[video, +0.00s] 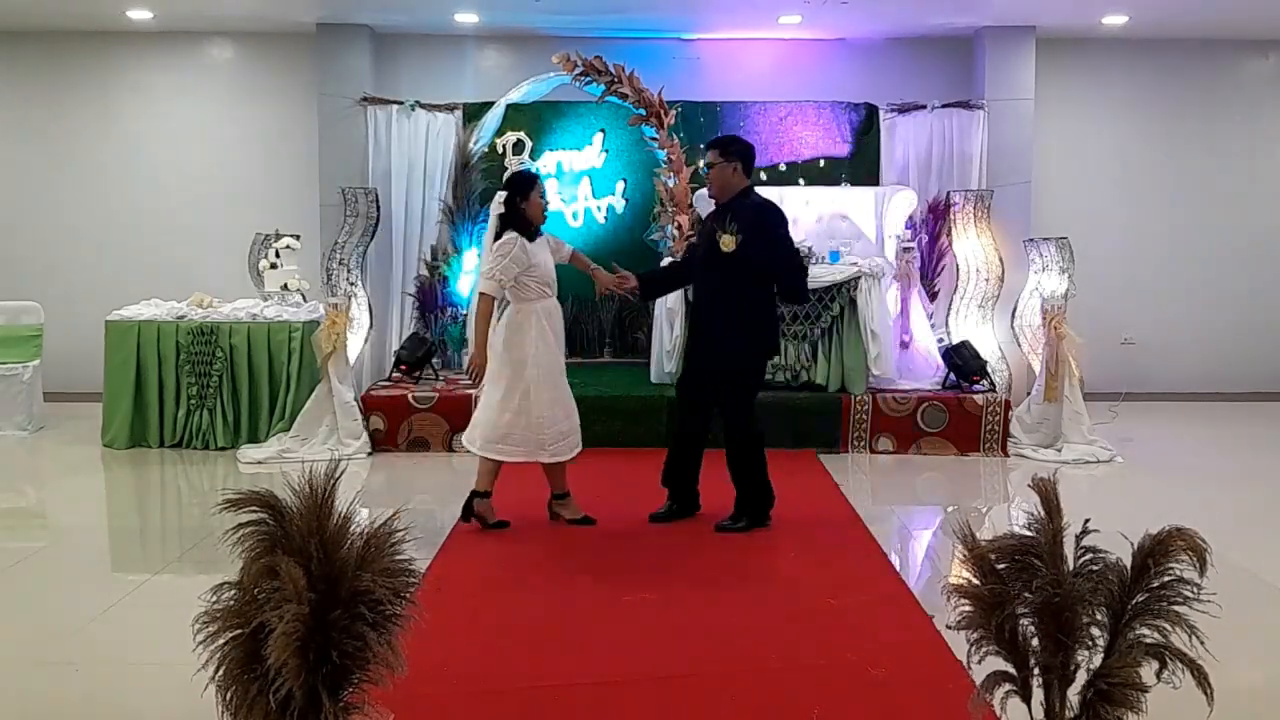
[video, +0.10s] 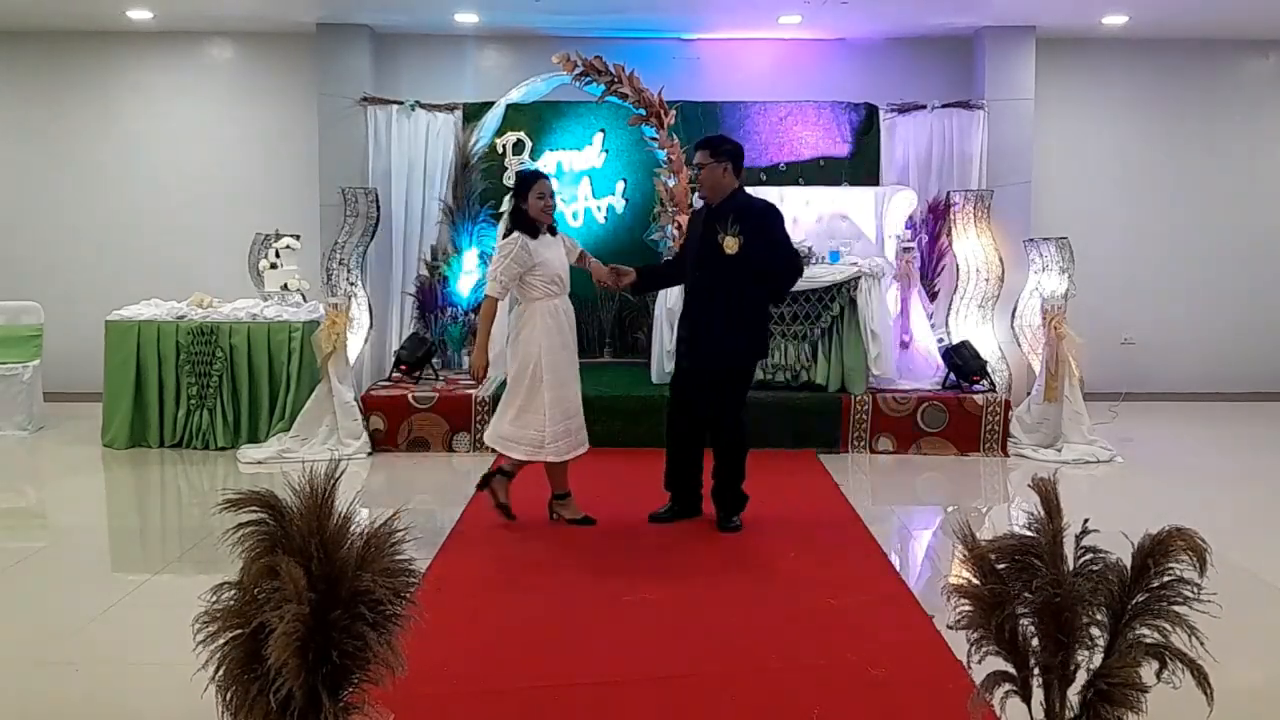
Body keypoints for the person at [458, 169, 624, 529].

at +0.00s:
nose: (546, 204)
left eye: (544, 197)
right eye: (540, 198)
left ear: (529, 203)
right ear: (521, 204)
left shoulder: (541, 241)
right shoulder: (510, 245)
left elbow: (571, 254)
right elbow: (485, 297)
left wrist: (597, 272)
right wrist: (479, 351)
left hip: (535, 344)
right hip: (525, 345)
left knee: (503, 419)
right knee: (553, 417)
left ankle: (480, 497)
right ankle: (561, 499)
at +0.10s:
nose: (550, 203)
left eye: (552, 197)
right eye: (541, 197)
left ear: (553, 200)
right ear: (522, 202)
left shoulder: (556, 238)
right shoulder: (516, 244)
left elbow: (583, 258)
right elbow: (491, 298)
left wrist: (600, 269)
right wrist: (480, 349)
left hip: (558, 335)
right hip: (538, 337)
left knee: (546, 413)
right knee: (555, 415)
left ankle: (502, 475)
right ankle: (562, 499)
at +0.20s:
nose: (550, 204)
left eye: (555, 197)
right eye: (542, 198)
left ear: (562, 201)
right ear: (529, 204)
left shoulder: (574, 244)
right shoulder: (520, 245)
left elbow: (601, 279)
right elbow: (494, 298)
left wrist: (621, 284)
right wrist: (485, 351)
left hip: (571, 329)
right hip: (541, 332)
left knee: (578, 406)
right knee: (557, 410)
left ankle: (546, 475)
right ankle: (562, 495)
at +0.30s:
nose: (555, 202)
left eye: (561, 195)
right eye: (547, 195)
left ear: (570, 200)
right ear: (536, 201)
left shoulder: (587, 241)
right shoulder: (520, 244)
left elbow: (602, 282)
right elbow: (495, 295)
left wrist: (610, 287)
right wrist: (495, 345)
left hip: (580, 330)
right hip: (540, 333)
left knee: (600, 404)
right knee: (553, 412)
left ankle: (587, 479)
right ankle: (561, 498)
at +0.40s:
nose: (561, 201)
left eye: (568, 195)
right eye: (554, 195)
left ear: (577, 199)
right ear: (543, 200)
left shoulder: (596, 239)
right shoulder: (527, 242)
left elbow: (616, 278)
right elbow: (508, 290)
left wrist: (623, 288)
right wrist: (510, 337)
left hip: (588, 329)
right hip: (546, 331)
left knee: (607, 405)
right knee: (558, 412)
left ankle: (608, 483)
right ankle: (571, 494)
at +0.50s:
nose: (566, 206)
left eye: (573, 200)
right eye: (559, 199)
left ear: (583, 204)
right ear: (549, 204)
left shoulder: (599, 244)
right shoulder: (534, 248)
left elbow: (625, 276)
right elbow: (527, 300)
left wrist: (636, 287)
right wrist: (526, 344)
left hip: (592, 338)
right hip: (551, 342)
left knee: (608, 413)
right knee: (562, 420)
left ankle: (609, 485)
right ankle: (590, 494)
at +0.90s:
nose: (584, 219)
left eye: (592, 213)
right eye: (578, 211)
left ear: (603, 218)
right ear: (568, 215)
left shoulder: (618, 255)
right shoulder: (552, 262)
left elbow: (656, 260)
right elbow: (529, 312)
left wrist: (689, 259)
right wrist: (505, 356)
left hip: (609, 358)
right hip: (565, 357)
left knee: (599, 436)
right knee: (572, 435)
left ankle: (576, 527)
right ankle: (591, 498)